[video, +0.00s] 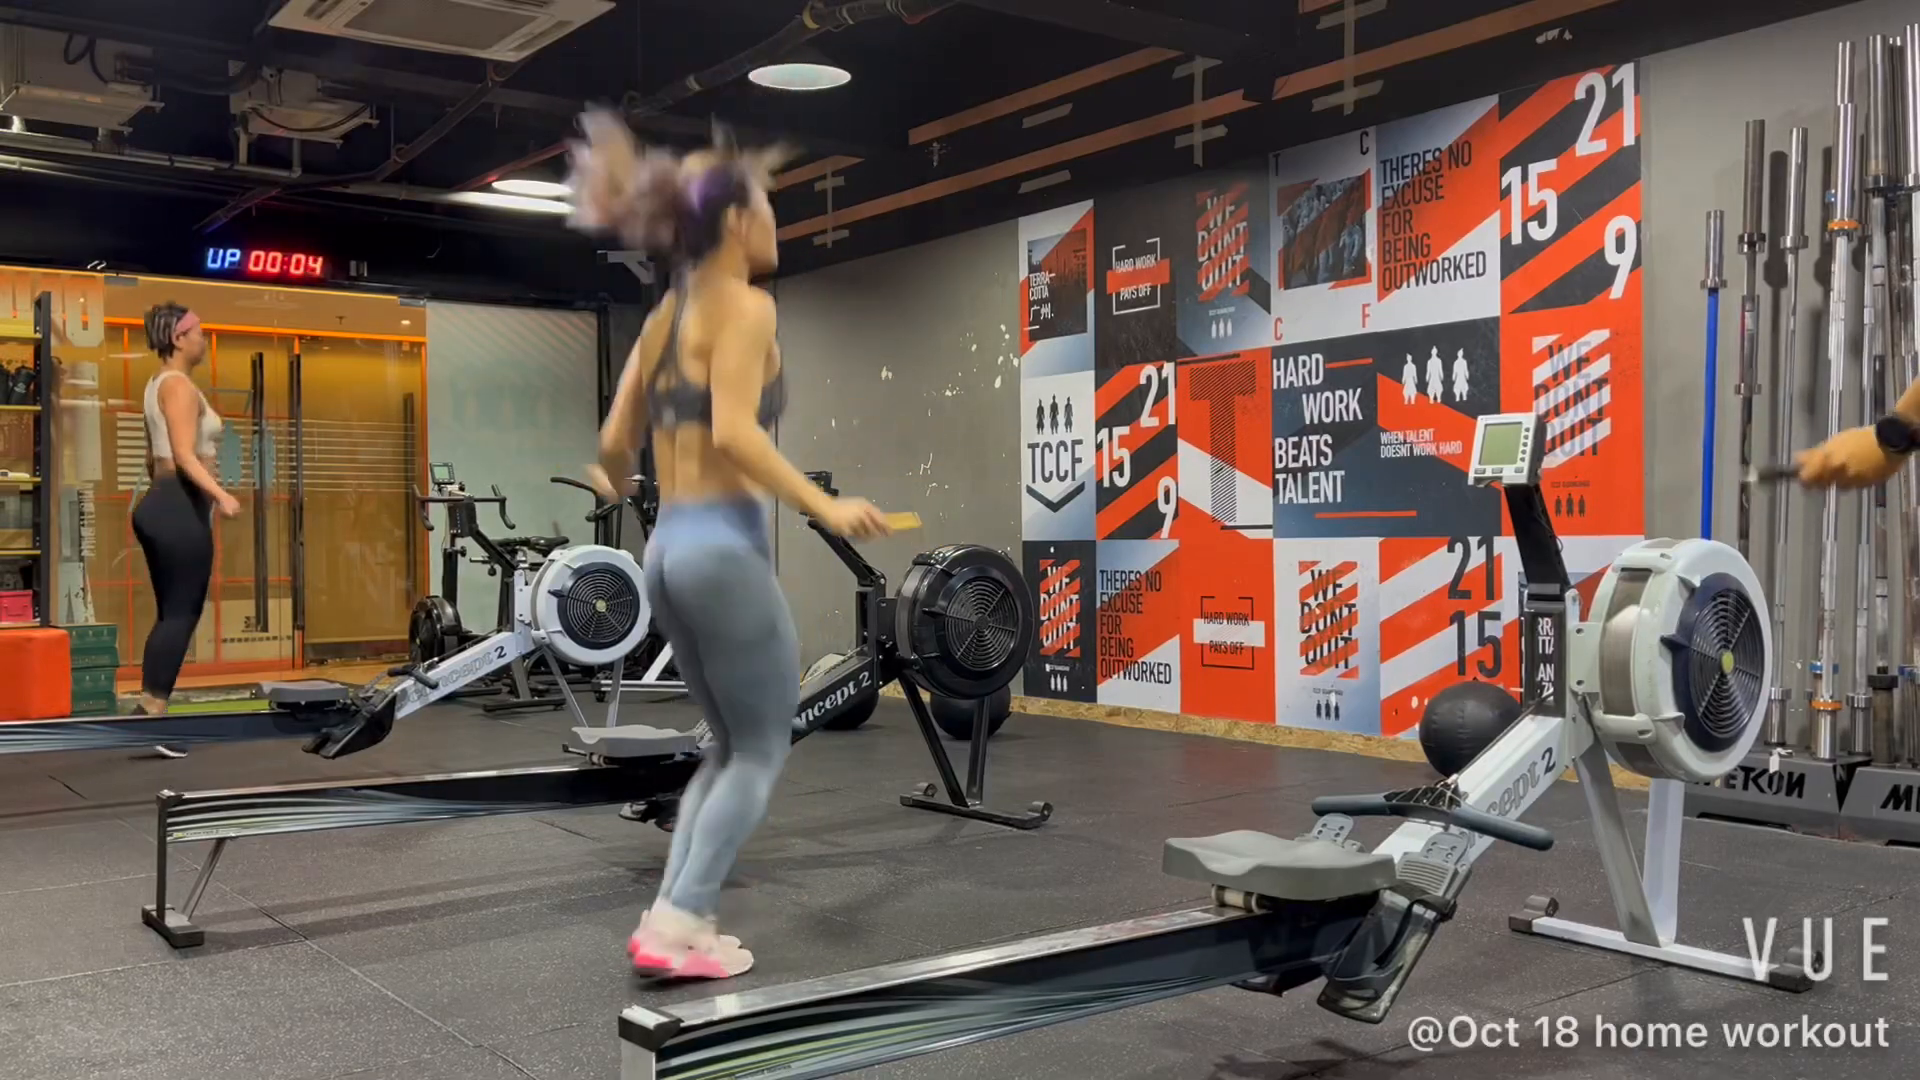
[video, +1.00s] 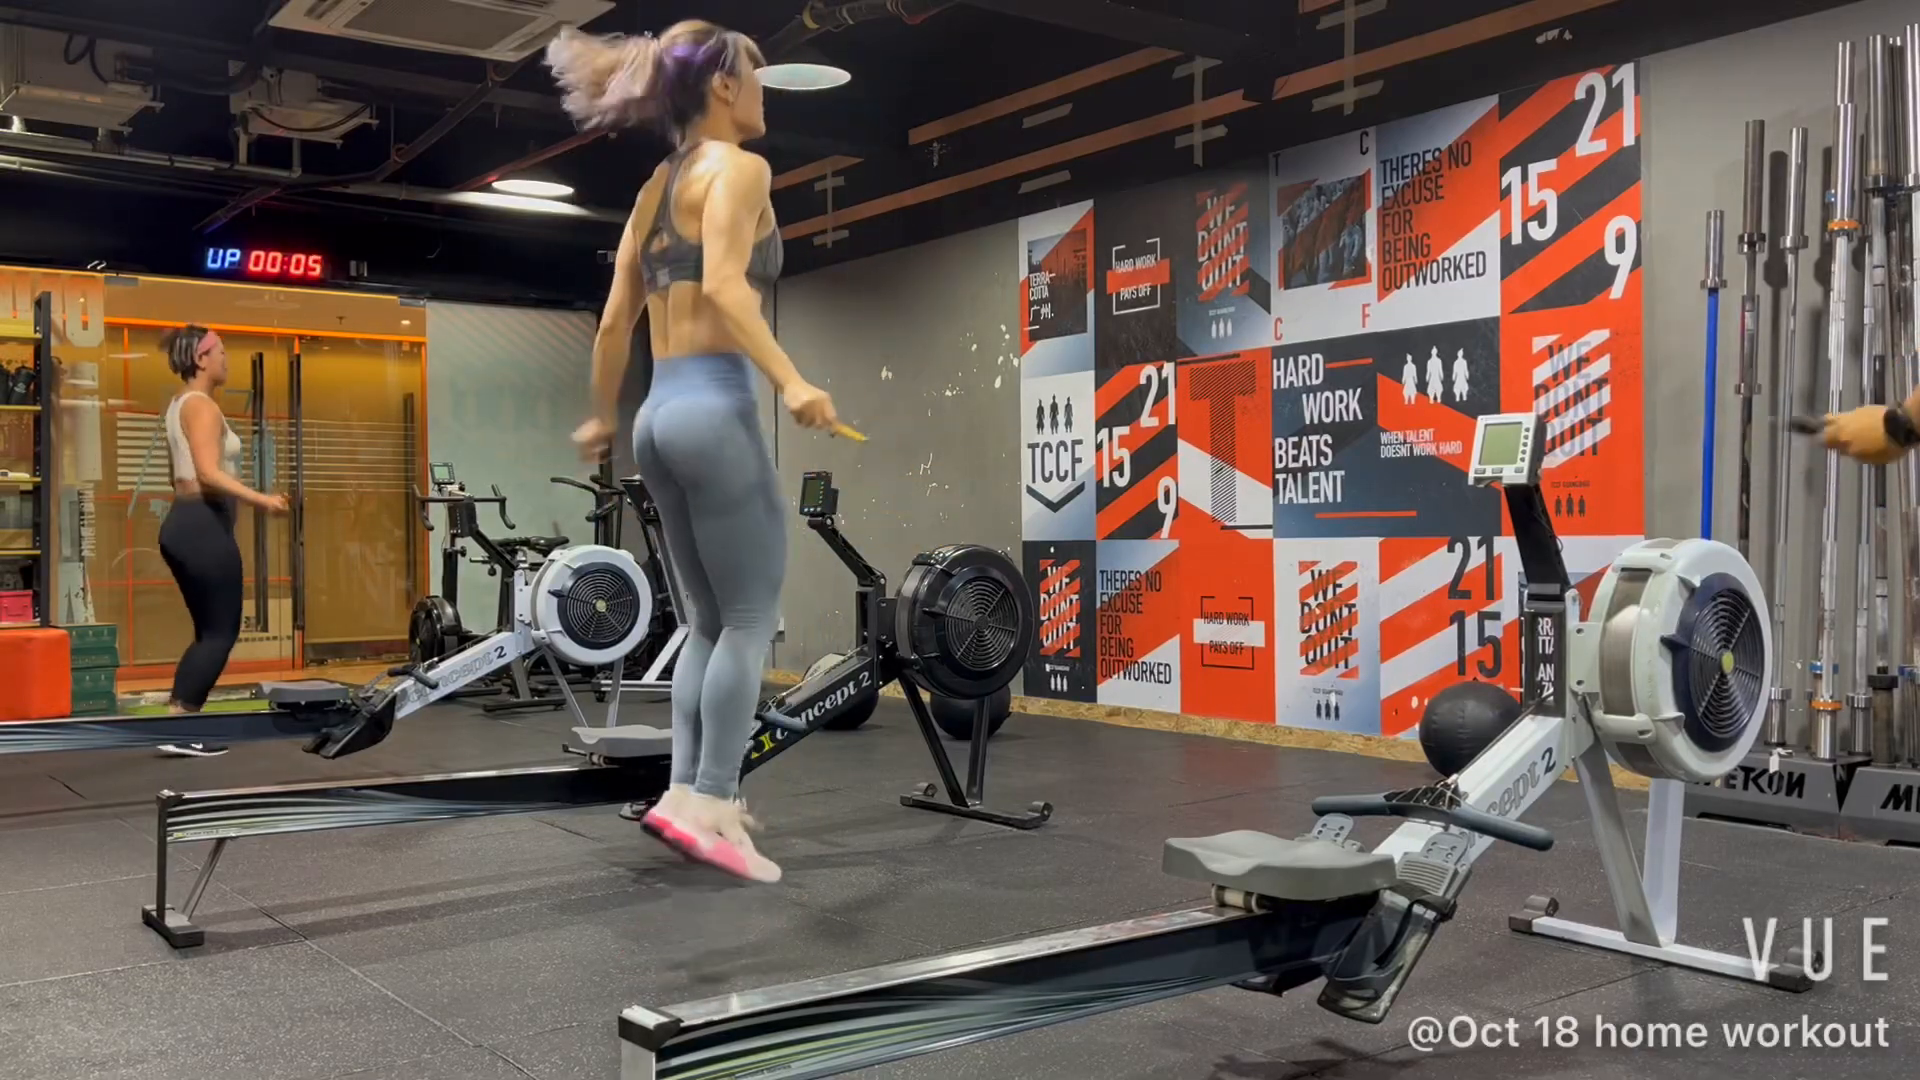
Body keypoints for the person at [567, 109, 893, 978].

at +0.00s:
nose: (775, 217)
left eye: (768, 203)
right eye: (764, 204)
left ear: (707, 227)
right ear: (736, 220)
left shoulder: (668, 312)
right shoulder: (746, 306)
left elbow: (618, 438)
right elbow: (733, 434)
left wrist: (615, 481)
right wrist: (828, 506)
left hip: (669, 542)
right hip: (719, 541)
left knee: (729, 747)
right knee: (761, 745)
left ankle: (672, 915)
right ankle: (683, 922)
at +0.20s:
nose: (762, 132)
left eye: (755, 116)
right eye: (752, 118)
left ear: (686, 140)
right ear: (724, 131)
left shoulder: (660, 232)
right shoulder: (742, 214)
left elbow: (621, 358)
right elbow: (738, 335)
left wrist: (595, 437)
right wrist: (830, 410)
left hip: (669, 450)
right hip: (722, 445)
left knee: (697, 660)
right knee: (738, 663)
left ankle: (687, 838)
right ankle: (712, 848)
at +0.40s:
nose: (773, 99)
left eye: (768, 84)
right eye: (764, 86)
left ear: (697, 100)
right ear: (735, 93)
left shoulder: (662, 188)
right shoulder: (751, 174)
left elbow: (629, 319)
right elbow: (730, 294)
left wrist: (617, 414)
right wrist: (800, 391)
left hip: (654, 406)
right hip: (713, 403)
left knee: (699, 622)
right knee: (746, 619)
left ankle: (684, 794)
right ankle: (721, 807)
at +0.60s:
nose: (771, 223)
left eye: (764, 210)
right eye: (759, 210)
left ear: (702, 236)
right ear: (729, 228)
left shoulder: (665, 321)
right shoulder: (748, 315)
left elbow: (606, 439)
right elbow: (735, 435)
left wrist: (594, 480)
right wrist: (830, 508)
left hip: (661, 546)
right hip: (716, 547)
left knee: (719, 753)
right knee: (763, 748)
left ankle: (662, 917)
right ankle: (686, 921)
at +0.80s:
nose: (752, 126)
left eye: (745, 111)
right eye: (742, 113)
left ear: (675, 136)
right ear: (717, 127)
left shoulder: (652, 227)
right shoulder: (738, 208)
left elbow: (613, 355)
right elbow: (736, 327)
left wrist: (586, 429)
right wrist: (825, 404)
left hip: (665, 448)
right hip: (723, 445)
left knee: (698, 655)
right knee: (742, 655)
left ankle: (692, 836)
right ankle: (712, 841)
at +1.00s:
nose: (763, 96)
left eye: (759, 80)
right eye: (754, 82)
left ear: (691, 96)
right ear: (722, 87)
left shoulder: (654, 188)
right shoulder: (739, 166)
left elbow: (616, 319)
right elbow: (722, 285)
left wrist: (605, 413)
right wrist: (791, 381)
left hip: (657, 412)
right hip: (714, 408)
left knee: (704, 621)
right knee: (750, 618)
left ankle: (689, 795)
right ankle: (712, 805)